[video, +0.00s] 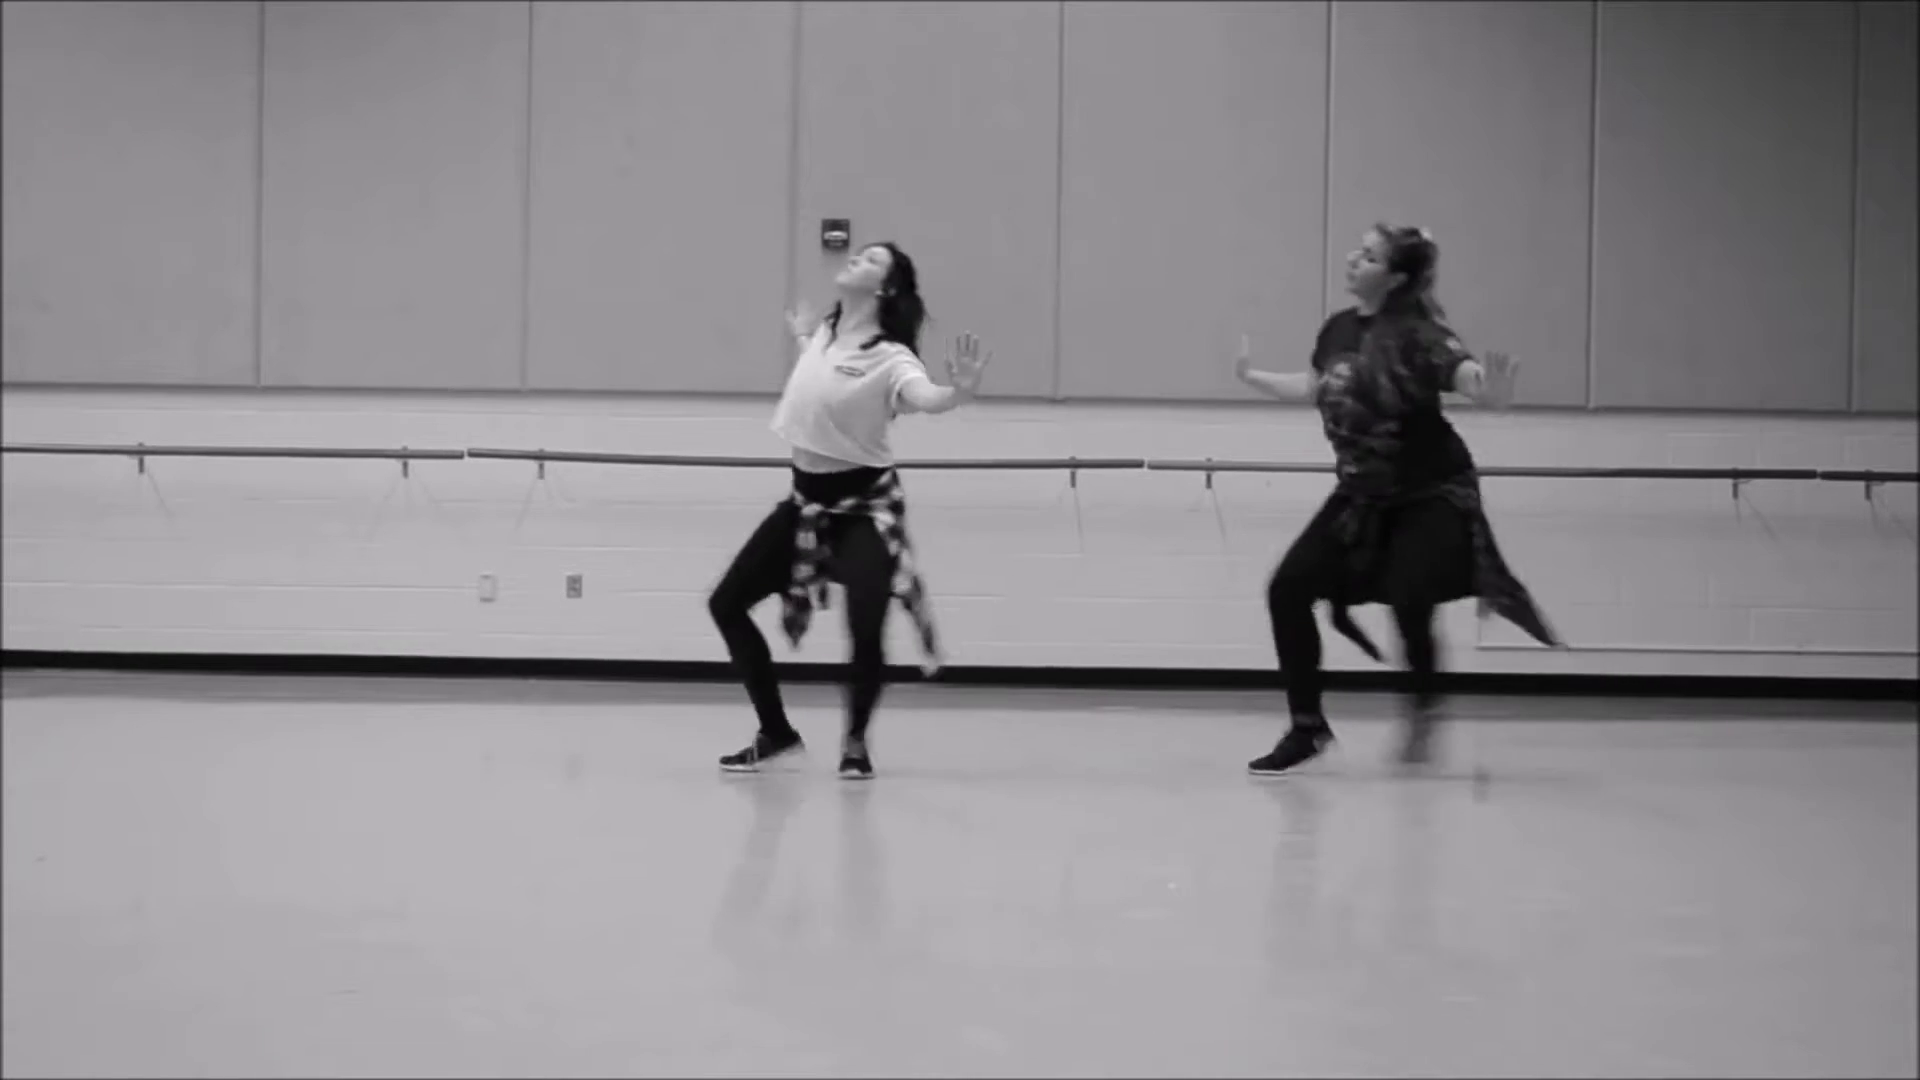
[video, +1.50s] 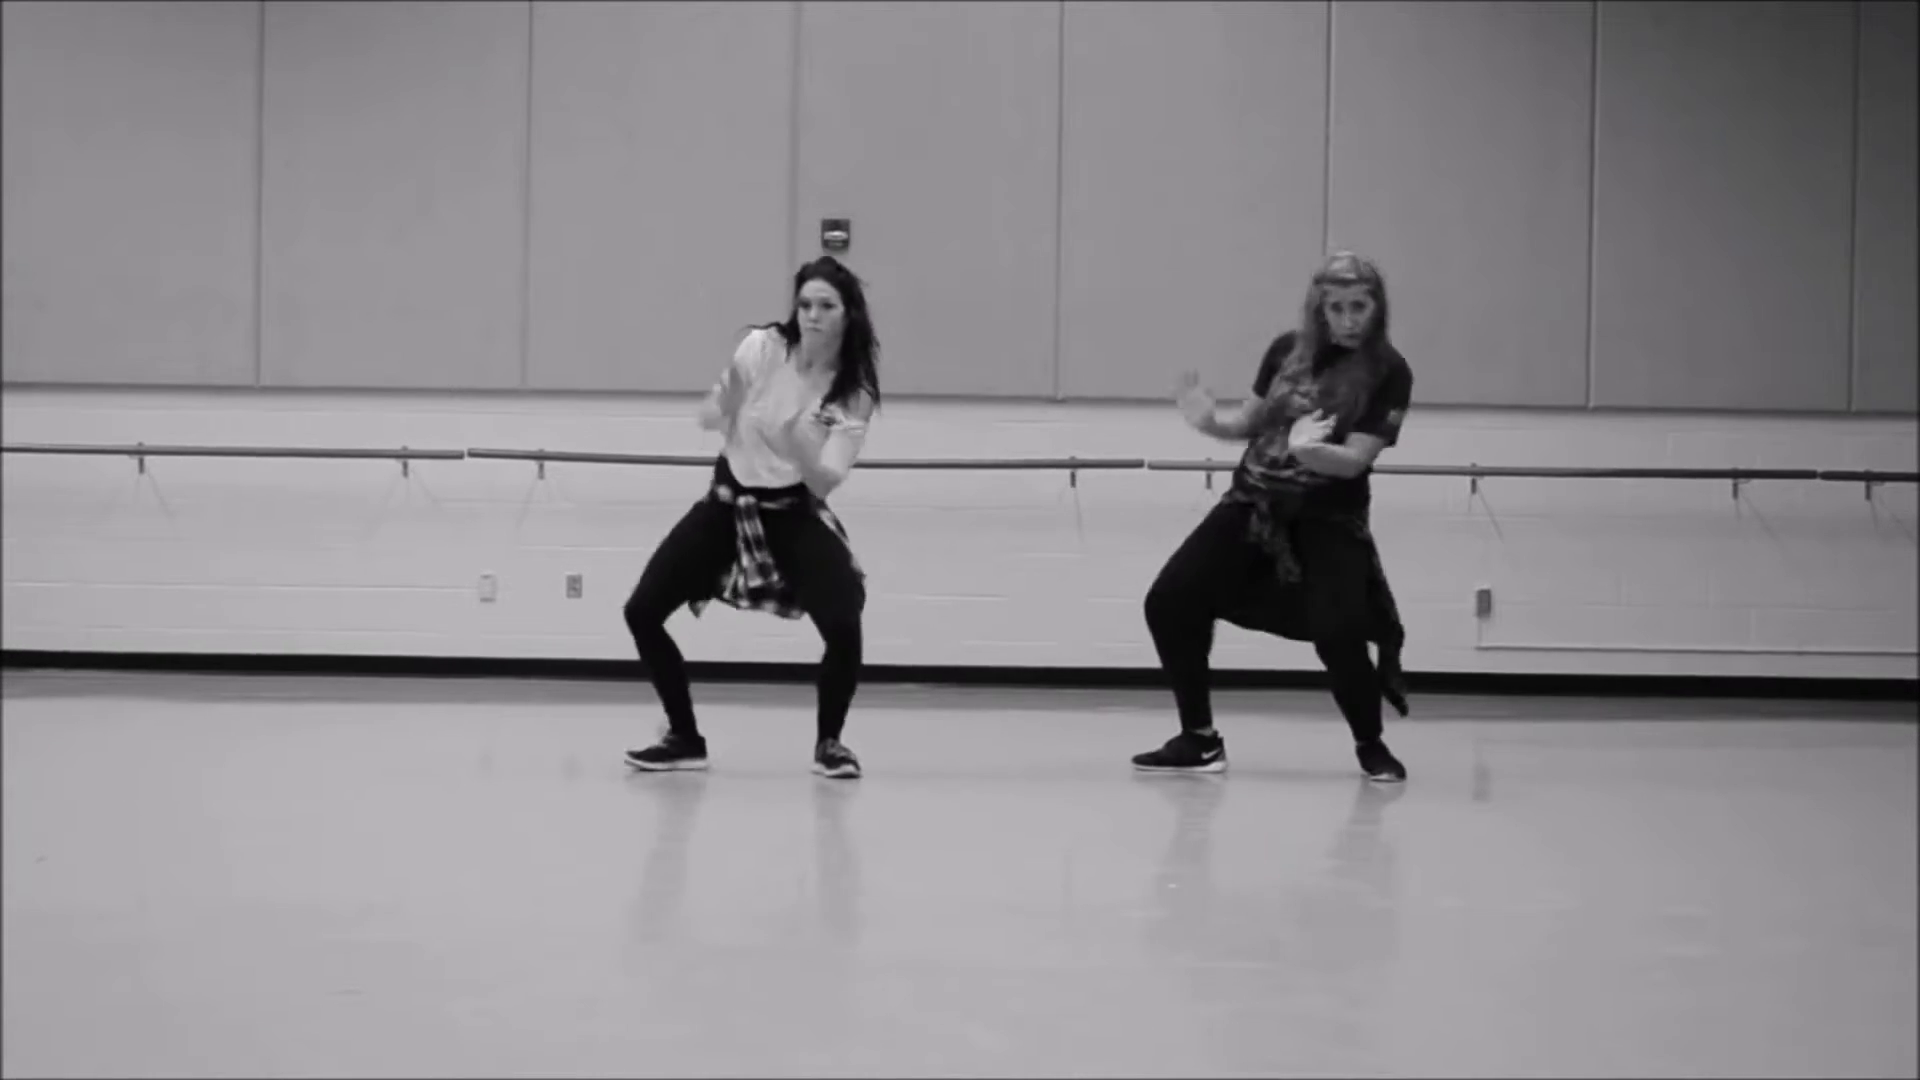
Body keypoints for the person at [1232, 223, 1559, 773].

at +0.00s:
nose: (1353, 261)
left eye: (1367, 258)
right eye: (1357, 252)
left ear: (1397, 278)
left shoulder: (1417, 331)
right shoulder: (1340, 329)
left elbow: (1461, 374)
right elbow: (1318, 386)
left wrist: (1486, 384)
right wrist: (1250, 375)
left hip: (1431, 495)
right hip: (1363, 496)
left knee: (1410, 598)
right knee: (1288, 590)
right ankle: (1307, 724)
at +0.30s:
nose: (1336, 268)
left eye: (1351, 265)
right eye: (1340, 260)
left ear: (1379, 286)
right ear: (1341, 271)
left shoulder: (1395, 345)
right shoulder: (1321, 331)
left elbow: (1451, 392)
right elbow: (1306, 388)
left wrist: (1492, 413)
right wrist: (1262, 367)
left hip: (1378, 506)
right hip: (1311, 502)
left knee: (1350, 626)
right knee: (1221, 595)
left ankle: (1363, 746)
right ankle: (1209, 735)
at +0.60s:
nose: (1346, 268)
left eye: (1361, 265)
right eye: (1349, 258)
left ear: (1389, 284)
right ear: (1346, 265)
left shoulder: (1383, 341)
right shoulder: (1317, 319)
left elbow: (1330, 413)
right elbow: (1257, 385)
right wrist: (1187, 384)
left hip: (1347, 496)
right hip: (1286, 489)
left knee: (1330, 622)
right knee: (1213, 596)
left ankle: (1360, 747)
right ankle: (1207, 737)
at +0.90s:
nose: (1263, 255)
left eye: (1275, 243)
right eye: (1255, 244)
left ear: (1301, 243)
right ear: (1248, 248)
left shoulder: (1327, 305)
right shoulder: (1253, 310)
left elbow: (1288, 387)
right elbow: (1229, 384)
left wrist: (1201, 396)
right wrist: (1163, 397)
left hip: (1336, 472)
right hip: (1274, 472)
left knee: (1338, 602)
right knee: (1223, 587)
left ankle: (1378, 735)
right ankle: (1209, 727)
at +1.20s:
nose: (1281, 311)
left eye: (1291, 296)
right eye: (1270, 300)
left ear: (1314, 288)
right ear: (1259, 297)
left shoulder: (1350, 337)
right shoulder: (1263, 334)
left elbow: (1318, 426)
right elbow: (1238, 415)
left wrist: (1238, 429)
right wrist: (1177, 422)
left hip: (1339, 496)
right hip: (1271, 493)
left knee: (1326, 625)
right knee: (1184, 591)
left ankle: (1389, 736)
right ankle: (1185, 721)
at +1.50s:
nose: (1347, 321)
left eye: (1359, 308)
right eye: (1336, 309)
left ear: (1377, 308)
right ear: (1319, 307)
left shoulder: (1389, 373)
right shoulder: (1288, 350)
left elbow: (1357, 460)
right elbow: (1251, 419)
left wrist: (1306, 451)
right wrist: (1212, 422)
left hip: (1328, 517)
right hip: (1252, 507)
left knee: (1339, 630)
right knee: (1170, 602)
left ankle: (1371, 747)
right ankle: (1199, 735)